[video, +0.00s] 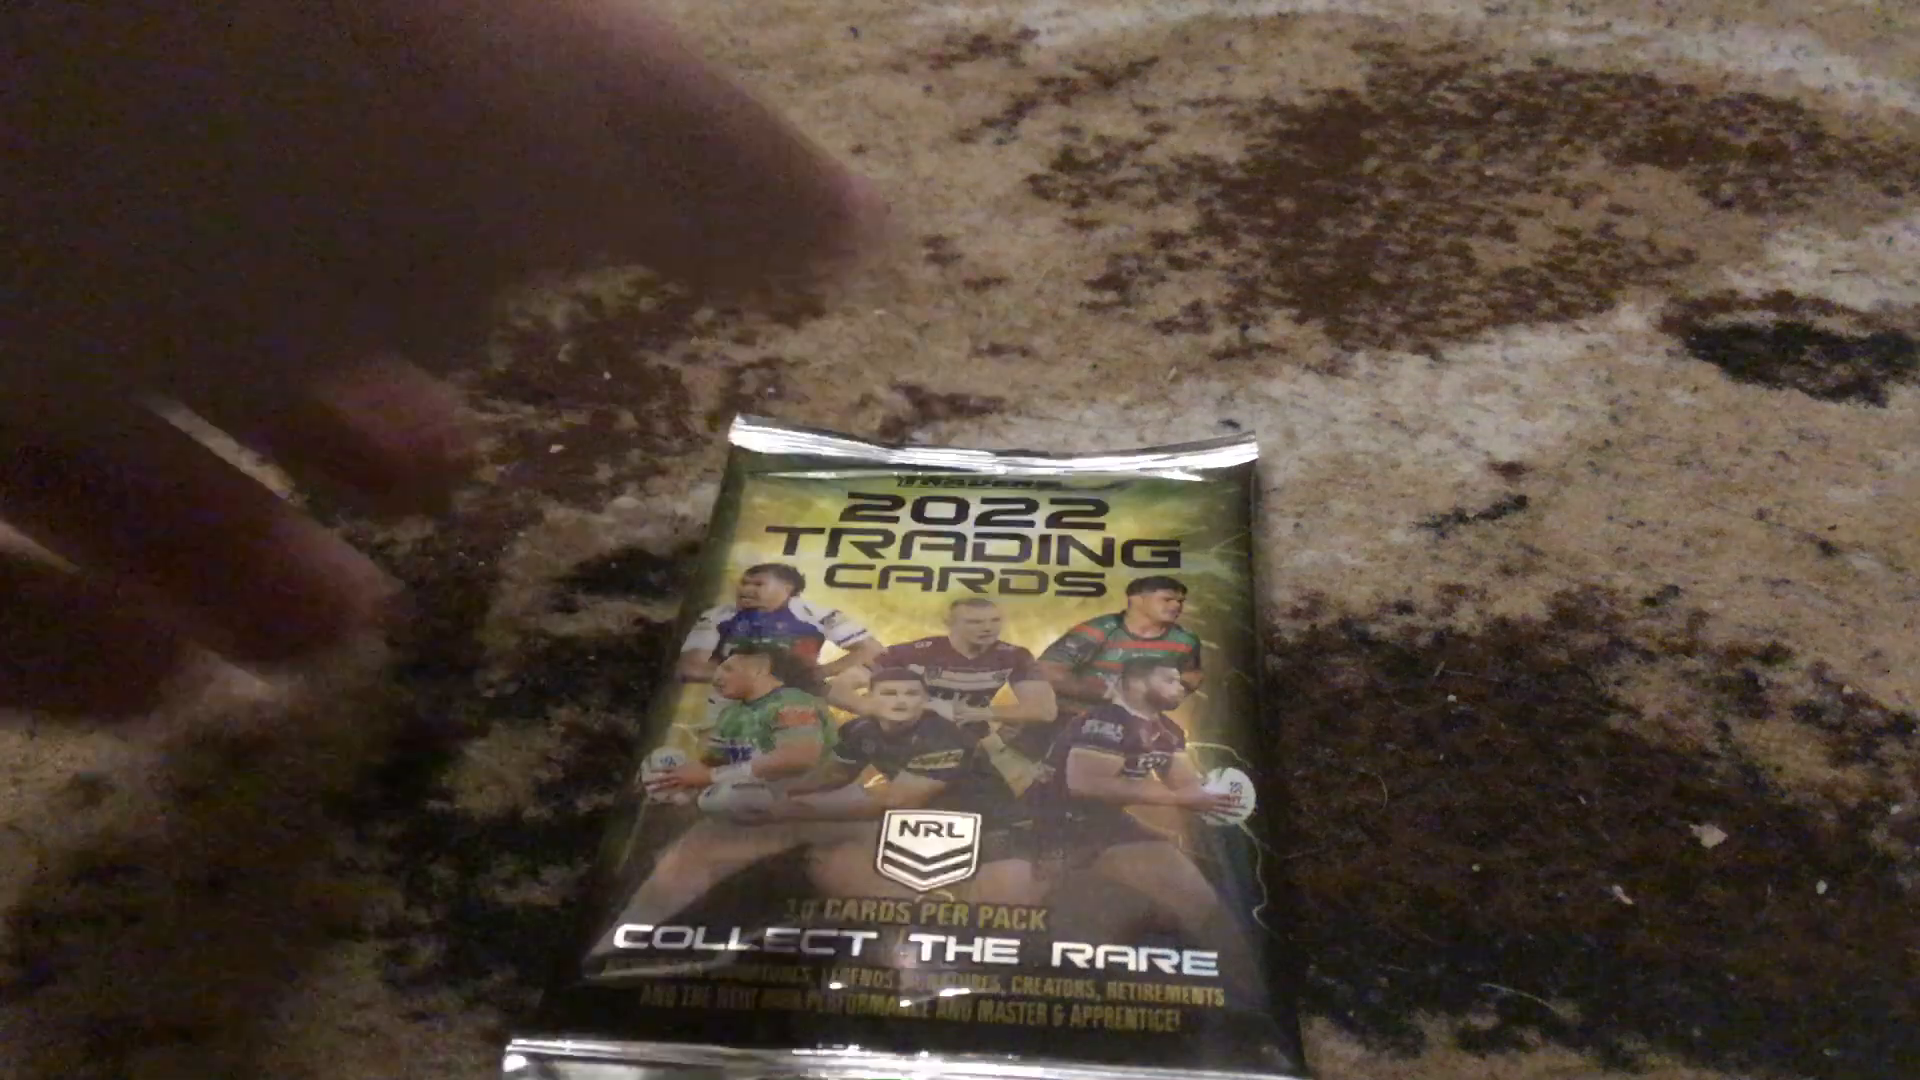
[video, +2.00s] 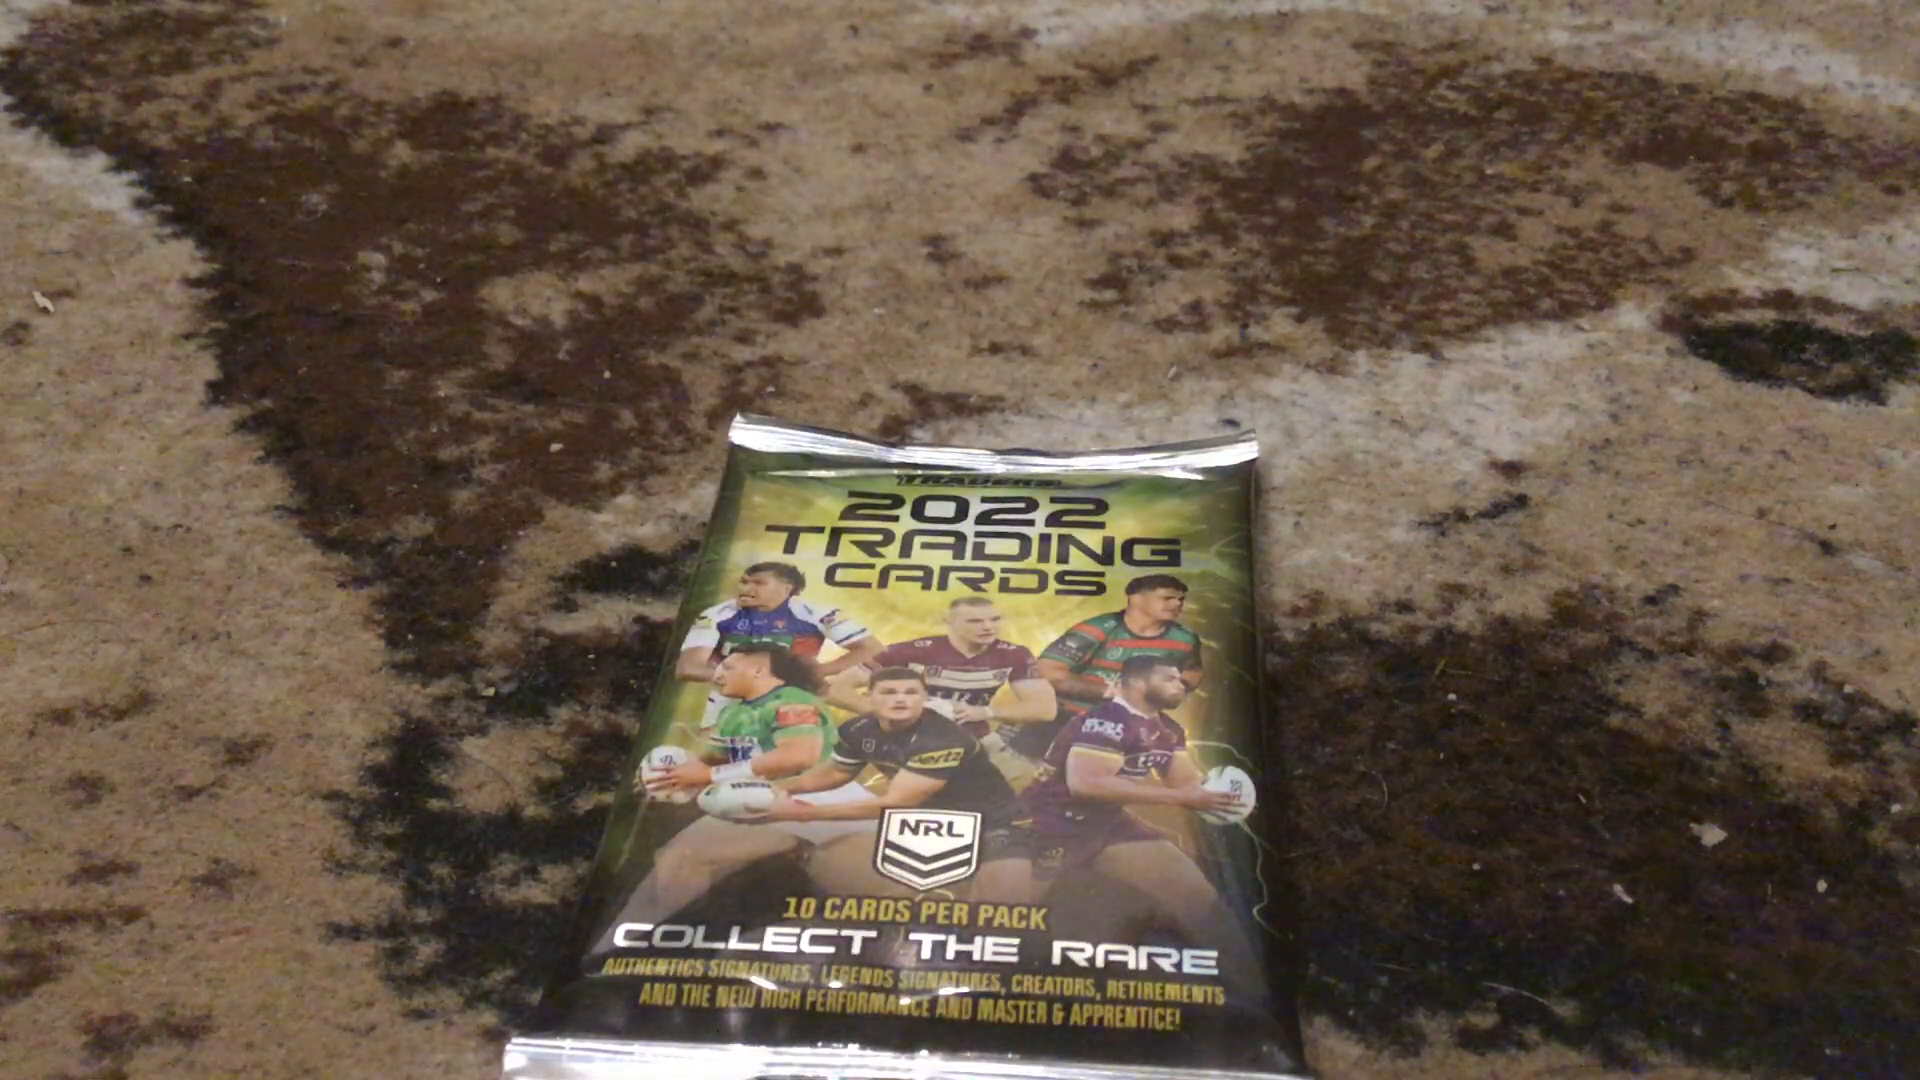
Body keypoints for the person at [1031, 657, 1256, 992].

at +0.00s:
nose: (1180, 687)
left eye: (1178, 681)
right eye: (1170, 680)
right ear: (1135, 682)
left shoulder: (1168, 732)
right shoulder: (1105, 721)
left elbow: (1184, 782)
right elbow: (1084, 782)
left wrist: (1219, 799)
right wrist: (1180, 797)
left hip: (1113, 827)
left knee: (1199, 902)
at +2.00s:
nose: (1179, 683)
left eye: (1178, 678)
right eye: (1169, 678)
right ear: (1134, 681)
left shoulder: (1168, 732)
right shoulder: (1105, 720)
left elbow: (1187, 783)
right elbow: (1084, 781)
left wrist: (1224, 798)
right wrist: (1181, 796)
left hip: (1105, 826)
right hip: (1042, 827)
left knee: (1197, 898)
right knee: (1002, 927)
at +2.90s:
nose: (1180, 683)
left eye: (1178, 678)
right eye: (1169, 677)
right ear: (1134, 681)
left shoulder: (1168, 732)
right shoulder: (1106, 719)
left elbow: (1188, 784)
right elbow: (1085, 781)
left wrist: (1225, 798)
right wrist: (1180, 796)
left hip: (1106, 825)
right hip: (1047, 825)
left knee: (1196, 897)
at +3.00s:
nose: (1180, 683)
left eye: (1178, 677)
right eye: (1169, 677)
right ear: (1134, 681)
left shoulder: (1170, 731)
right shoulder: (1107, 719)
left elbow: (1188, 784)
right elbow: (1084, 780)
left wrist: (1220, 798)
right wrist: (1182, 796)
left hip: (1109, 822)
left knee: (1195, 896)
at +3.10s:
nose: (1181, 683)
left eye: (1178, 677)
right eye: (1169, 677)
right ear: (1134, 682)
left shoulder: (1169, 731)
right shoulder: (1107, 718)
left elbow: (1186, 783)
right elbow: (1084, 780)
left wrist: (1221, 797)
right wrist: (1182, 796)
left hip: (1106, 820)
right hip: (1058, 819)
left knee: (1194, 895)